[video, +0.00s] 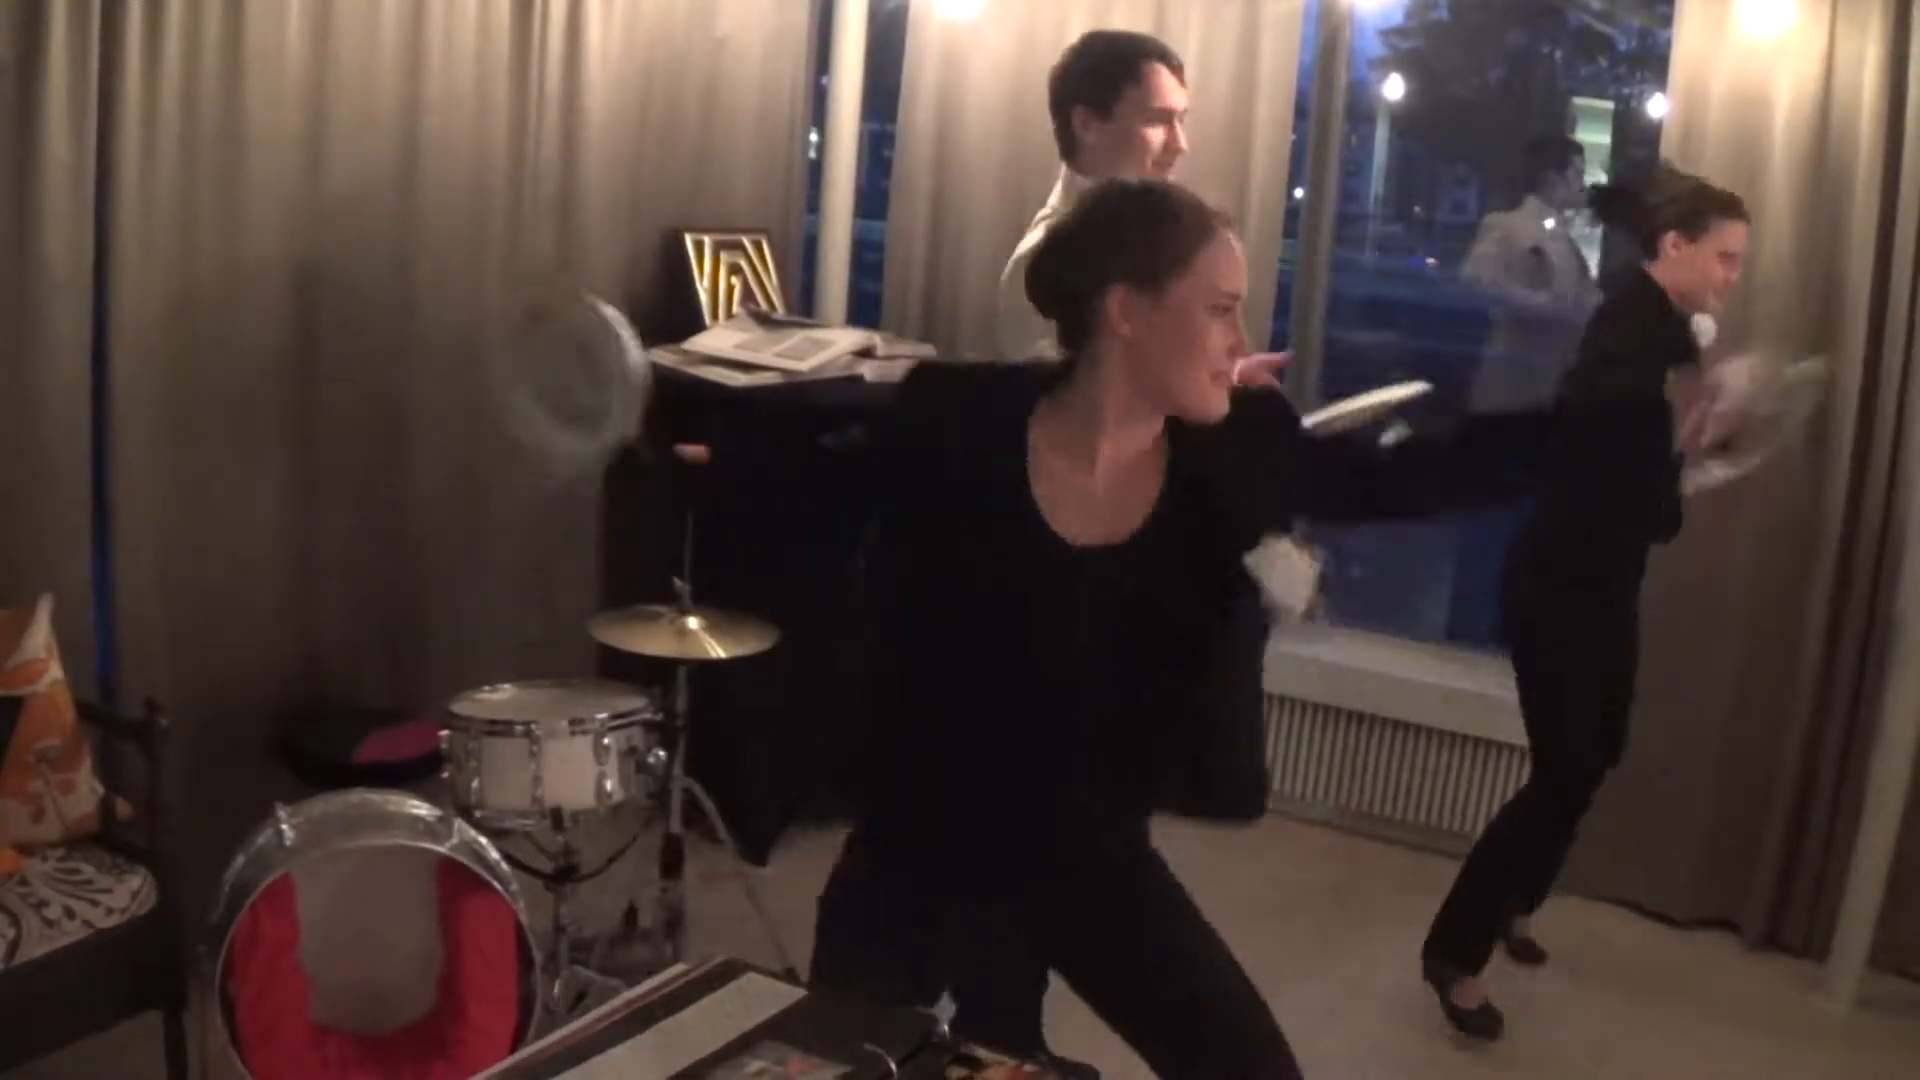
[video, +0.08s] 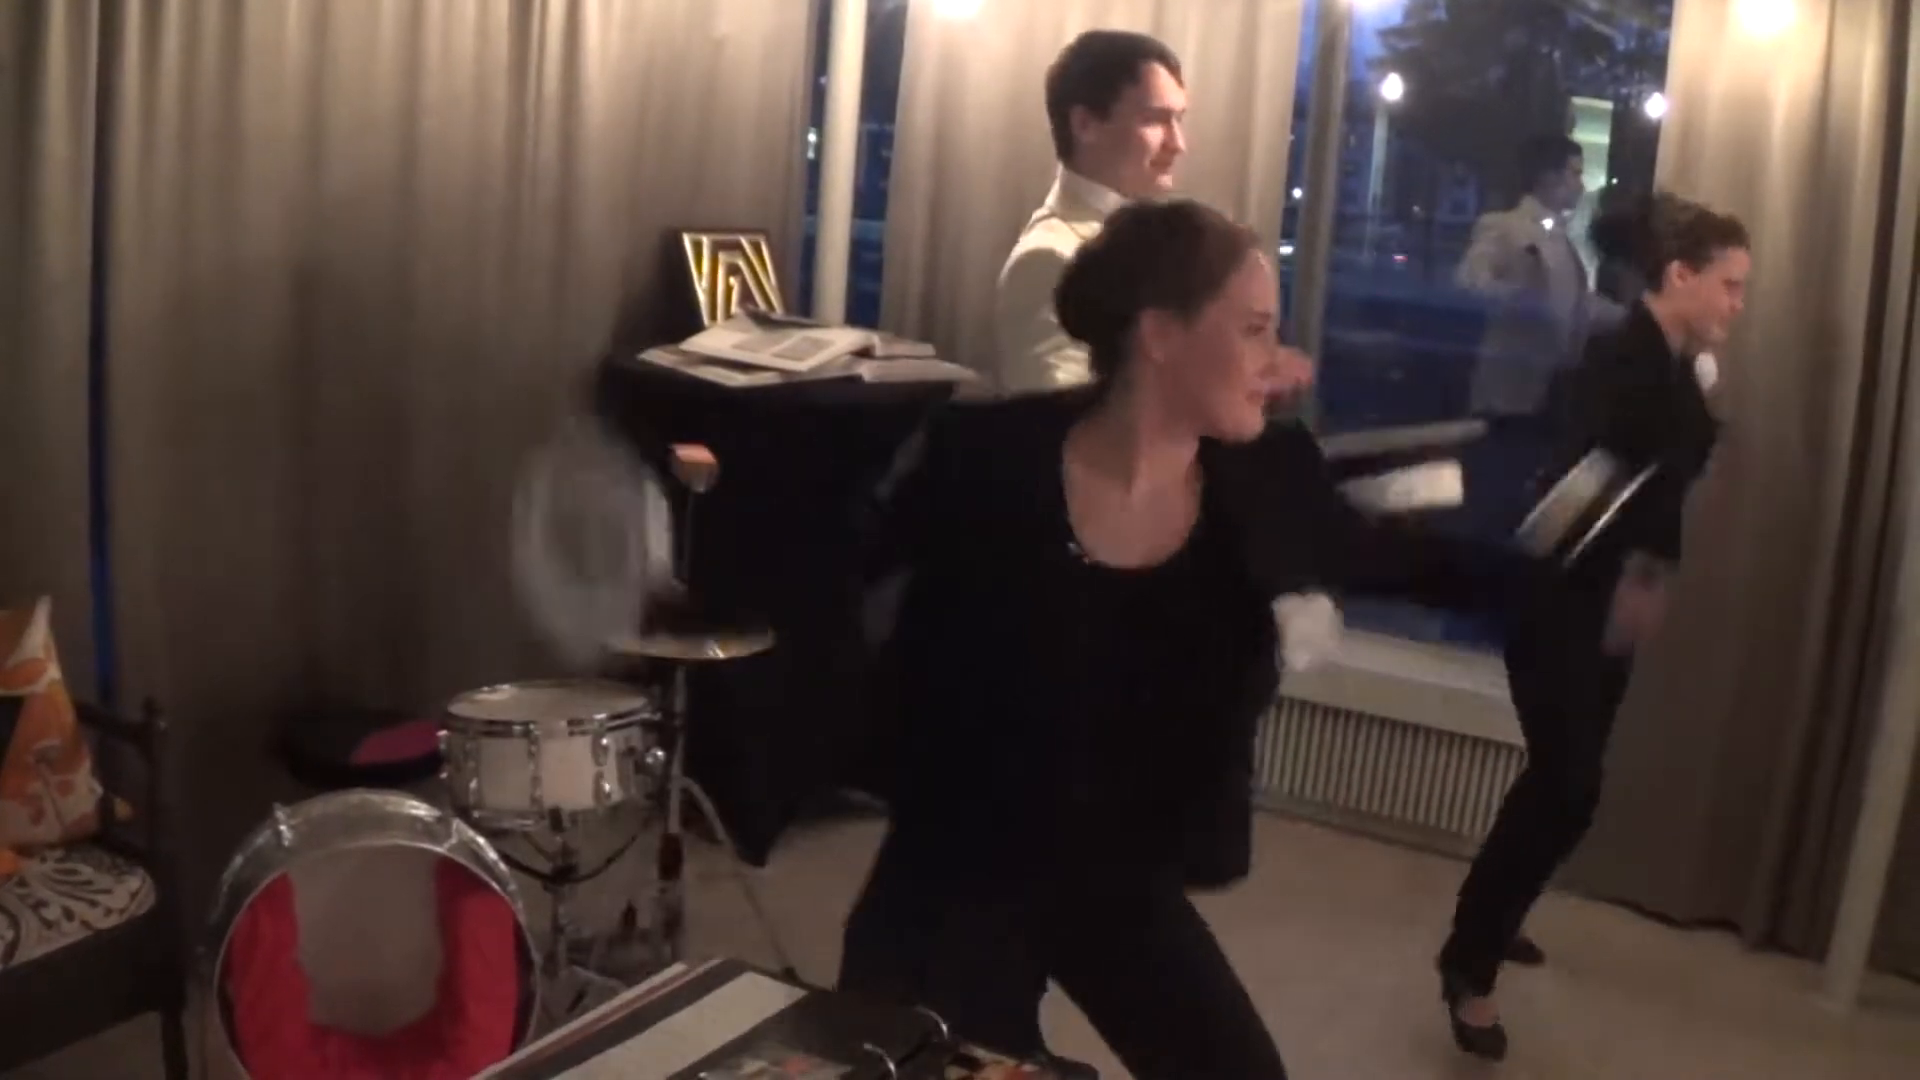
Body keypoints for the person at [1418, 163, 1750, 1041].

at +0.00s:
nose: (1732, 278)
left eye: (1737, 262)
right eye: (1725, 258)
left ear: (1682, 251)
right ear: (1672, 246)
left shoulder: (1654, 328)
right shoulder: (1630, 336)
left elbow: (1636, 470)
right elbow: (1628, 499)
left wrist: (1697, 441)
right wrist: (1692, 450)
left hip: (1600, 573)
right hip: (1563, 578)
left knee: (1595, 752)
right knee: (1566, 769)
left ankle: (1508, 903)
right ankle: (1454, 952)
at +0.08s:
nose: (1738, 306)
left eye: (1741, 289)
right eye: (1731, 286)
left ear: (1690, 280)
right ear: (1677, 276)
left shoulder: (1667, 365)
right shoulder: (1620, 357)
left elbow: (1662, 486)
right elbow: (1643, 470)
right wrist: (1704, 400)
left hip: (1600, 606)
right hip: (1556, 601)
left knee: (1566, 780)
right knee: (1565, 786)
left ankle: (1494, 916)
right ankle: (1468, 964)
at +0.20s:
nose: (1736, 332)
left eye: (1739, 316)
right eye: (1727, 314)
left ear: (1687, 318)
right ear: (1677, 313)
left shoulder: (1692, 410)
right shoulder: (1595, 390)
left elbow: (1673, 524)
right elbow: (1520, 488)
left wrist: (1736, 530)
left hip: (1625, 636)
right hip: (1550, 625)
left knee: (1558, 788)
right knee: (1571, 818)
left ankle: (1472, 902)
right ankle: (1530, 1025)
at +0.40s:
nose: (1609, 297)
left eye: (1630, 281)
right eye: (1614, 279)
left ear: (1680, 302)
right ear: (1621, 297)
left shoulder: (1708, 417)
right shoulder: (1578, 395)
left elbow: (1673, 559)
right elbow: (1537, 504)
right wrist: (1506, 497)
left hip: (1633, 660)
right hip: (1543, 645)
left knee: (1601, 854)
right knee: (1534, 847)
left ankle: (1543, 925)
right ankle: (1533, 1035)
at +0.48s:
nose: (1629, 298)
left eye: (1634, 285)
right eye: (1636, 284)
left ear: (1647, 290)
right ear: (1719, 307)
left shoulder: (1667, 409)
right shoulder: (1662, 396)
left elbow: (1606, 528)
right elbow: (1608, 502)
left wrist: (1540, 465)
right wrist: (1556, 451)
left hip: (1614, 656)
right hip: (1575, 642)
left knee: (1551, 839)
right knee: (1516, 831)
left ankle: (1632, 941)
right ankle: (1552, 1024)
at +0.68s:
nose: (1736, 333)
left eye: (1738, 317)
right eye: (1735, 317)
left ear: (1636, 303)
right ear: (1713, 320)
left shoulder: (1578, 397)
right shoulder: (1722, 418)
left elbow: (1509, 524)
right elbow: (1721, 514)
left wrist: (1588, 498)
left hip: (1568, 669)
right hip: (1666, 682)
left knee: (1499, 860)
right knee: (1565, 850)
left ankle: (1488, 1055)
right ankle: (1574, 1054)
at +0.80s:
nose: (1746, 349)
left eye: (1749, 330)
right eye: (1741, 329)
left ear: (1658, 315)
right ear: (1695, 321)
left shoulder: (1569, 394)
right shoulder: (1707, 418)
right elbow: (1810, 477)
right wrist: (1743, 413)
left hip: (1552, 673)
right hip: (1656, 683)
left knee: (1518, 864)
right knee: (1611, 853)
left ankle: (1461, 1055)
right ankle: (1579, 1054)